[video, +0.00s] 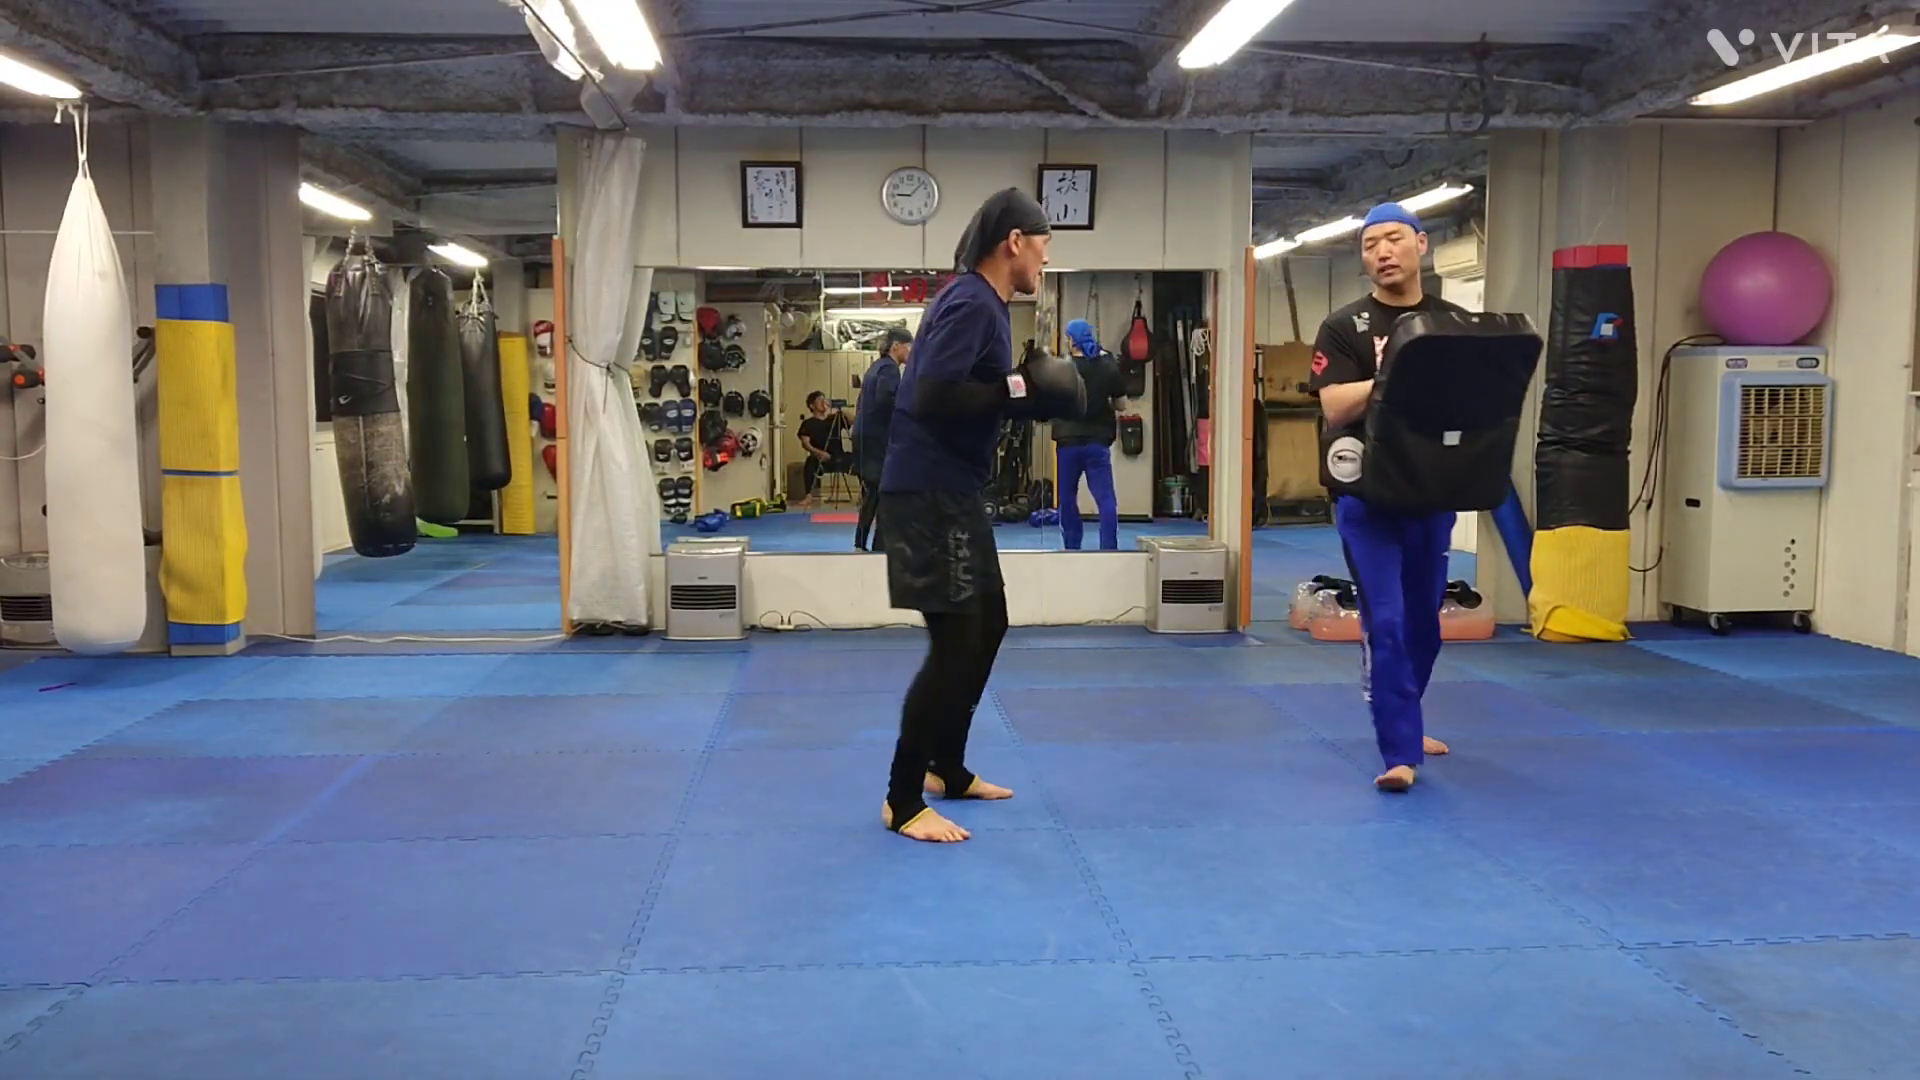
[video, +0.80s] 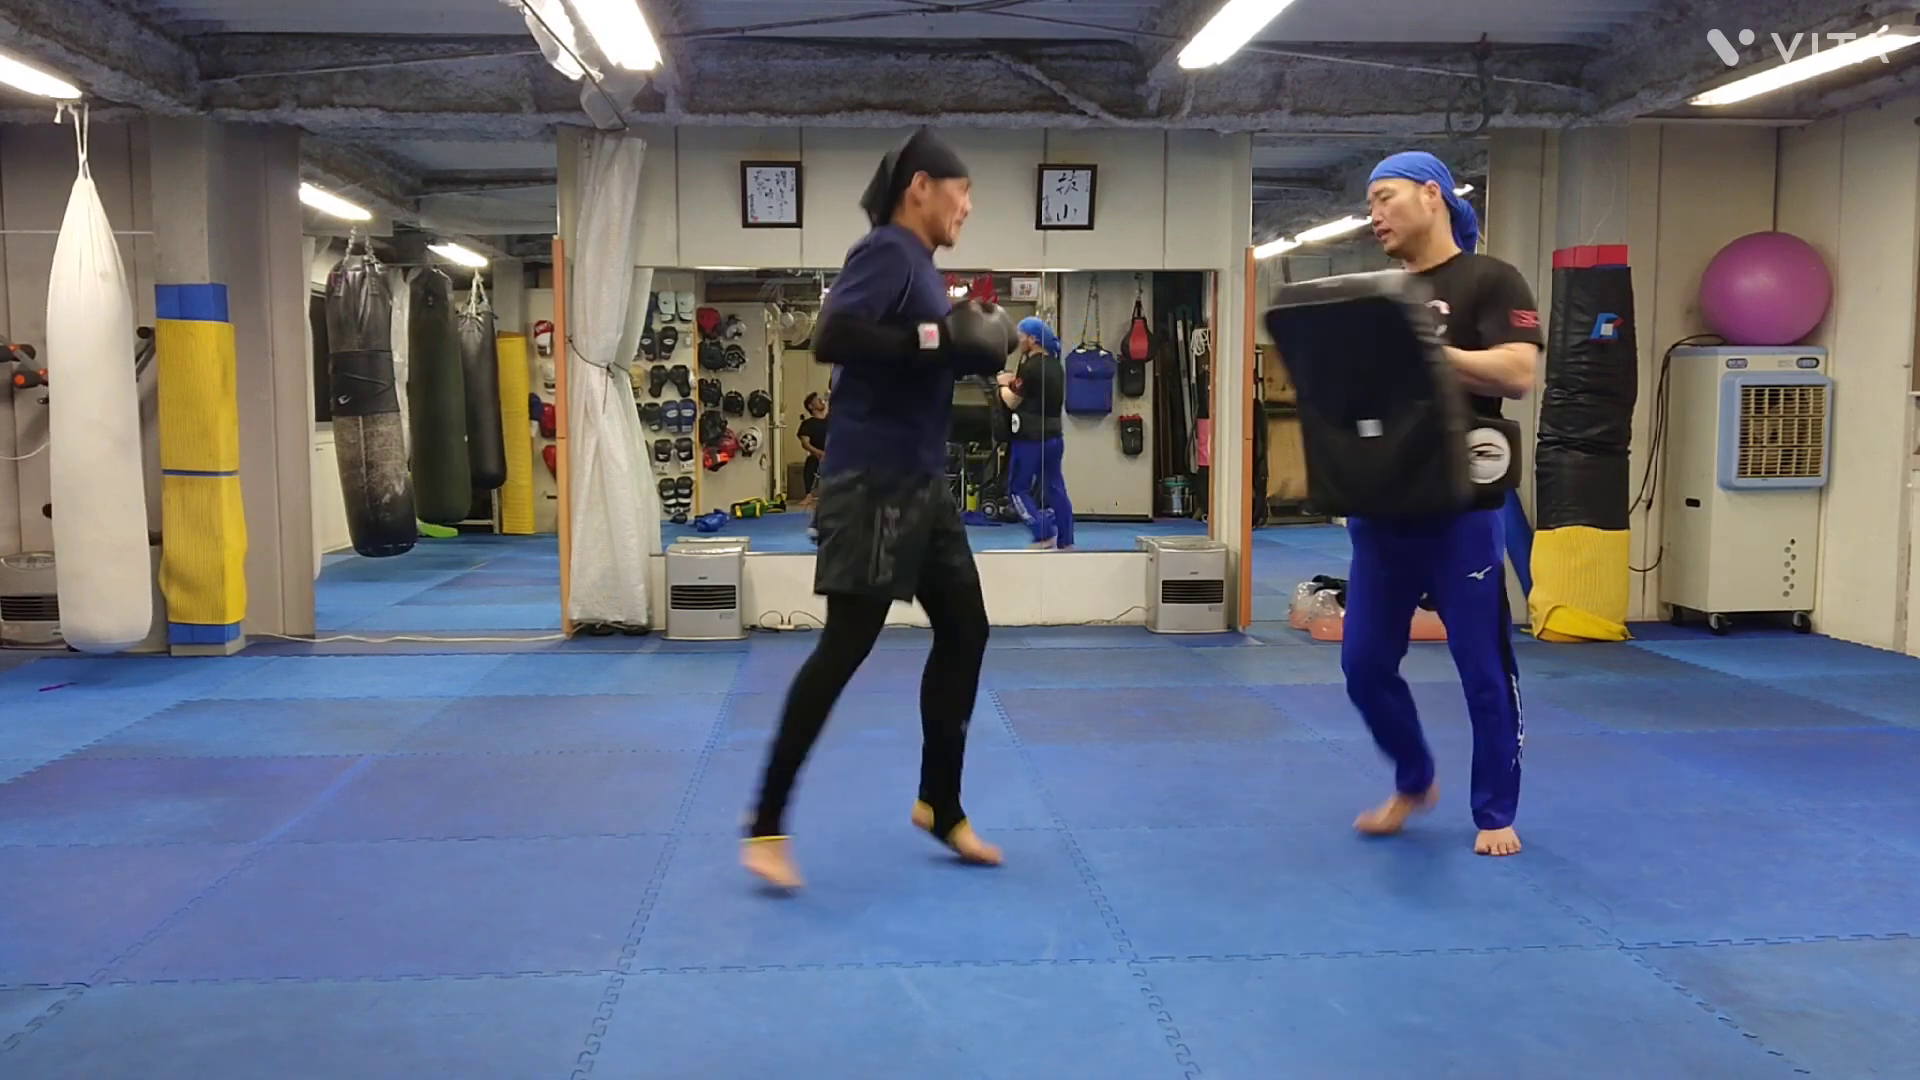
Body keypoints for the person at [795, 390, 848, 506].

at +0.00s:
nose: (824, 402)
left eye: (824, 399)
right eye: (820, 400)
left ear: (827, 402)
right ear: (812, 406)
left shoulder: (836, 418)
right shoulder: (808, 423)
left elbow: (853, 421)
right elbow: (805, 444)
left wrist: (840, 411)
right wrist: (819, 453)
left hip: (838, 456)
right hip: (821, 458)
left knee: (861, 460)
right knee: (810, 462)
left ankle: (865, 495)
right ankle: (809, 495)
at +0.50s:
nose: (823, 401)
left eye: (823, 399)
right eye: (818, 400)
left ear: (826, 402)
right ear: (811, 406)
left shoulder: (835, 418)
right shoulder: (808, 423)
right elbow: (806, 444)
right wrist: (820, 453)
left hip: (839, 455)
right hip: (821, 457)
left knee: (854, 457)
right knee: (811, 461)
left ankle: (857, 490)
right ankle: (808, 495)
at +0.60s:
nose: (822, 402)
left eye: (823, 399)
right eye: (818, 400)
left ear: (826, 402)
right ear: (811, 406)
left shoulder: (834, 418)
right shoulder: (808, 423)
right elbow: (806, 444)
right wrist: (820, 453)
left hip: (837, 456)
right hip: (820, 458)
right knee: (811, 461)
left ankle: (844, 494)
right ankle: (808, 495)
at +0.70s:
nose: (821, 401)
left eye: (821, 399)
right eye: (817, 400)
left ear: (825, 401)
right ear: (810, 406)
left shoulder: (832, 419)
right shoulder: (807, 423)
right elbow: (805, 443)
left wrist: (835, 401)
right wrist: (820, 453)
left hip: (834, 453)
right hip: (818, 455)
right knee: (810, 462)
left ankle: (840, 493)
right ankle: (808, 494)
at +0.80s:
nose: (821, 402)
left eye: (820, 399)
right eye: (817, 400)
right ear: (810, 406)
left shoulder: (830, 420)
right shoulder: (807, 423)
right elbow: (805, 443)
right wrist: (819, 453)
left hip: (831, 458)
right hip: (815, 459)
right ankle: (810, 495)